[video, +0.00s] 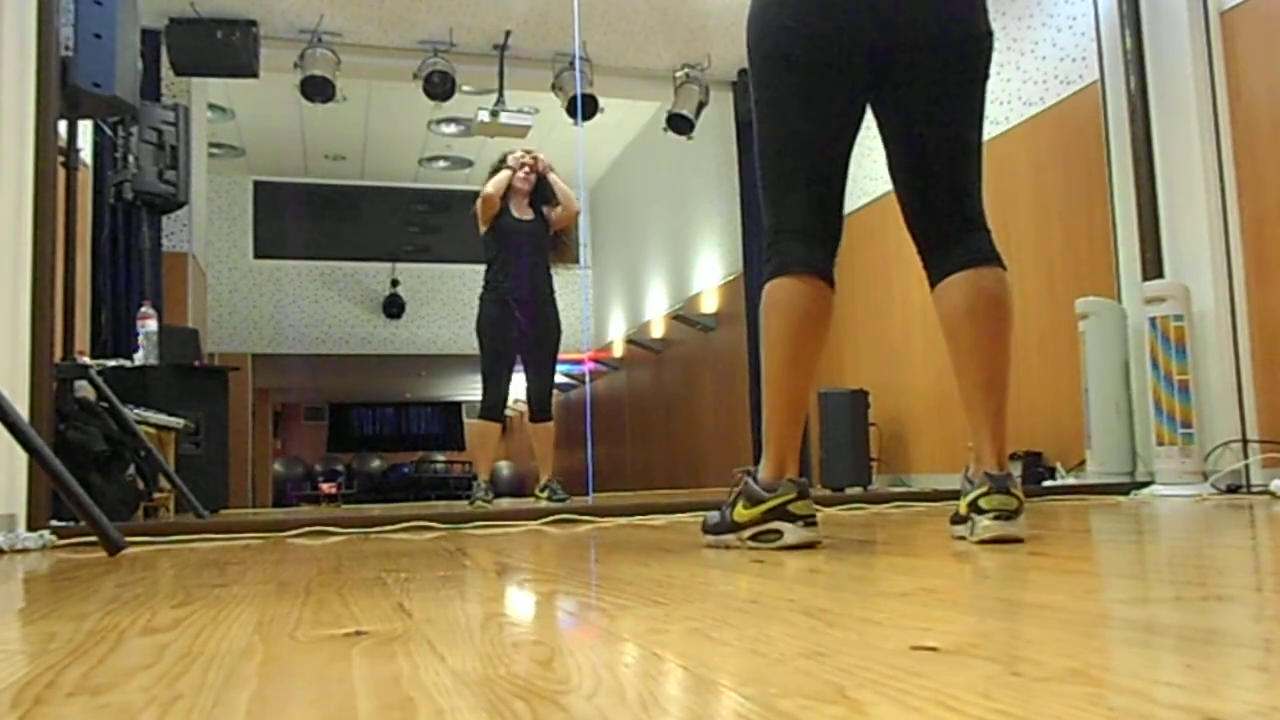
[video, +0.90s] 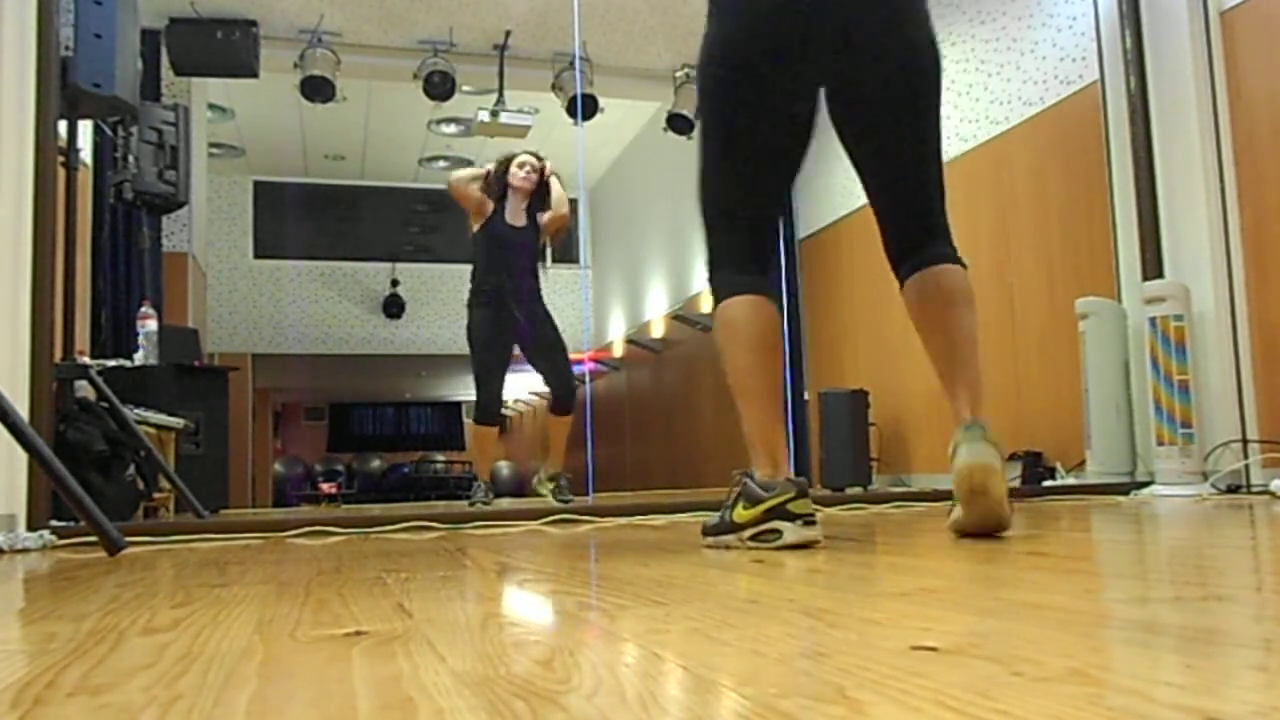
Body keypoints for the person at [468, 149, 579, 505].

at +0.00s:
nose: (526, 172)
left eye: (531, 169)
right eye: (520, 167)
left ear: (537, 179)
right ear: (507, 175)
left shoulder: (544, 216)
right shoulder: (491, 212)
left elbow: (572, 209)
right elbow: (490, 193)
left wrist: (549, 173)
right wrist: (509, 169)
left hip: (542, 308)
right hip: (500, 308)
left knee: (541, 398)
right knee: (494, 397)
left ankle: (546, 480)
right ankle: (482, 481)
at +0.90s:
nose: (527, 173)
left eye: (533, 171)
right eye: (521, 166)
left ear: (537, 185)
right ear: (504, 175)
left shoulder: (539, 222)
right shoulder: (484, 209)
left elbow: (561, 211)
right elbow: (455, 183)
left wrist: (551, 176)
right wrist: (484, 172)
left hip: (530, 310)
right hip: (488, 310)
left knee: (565, 388)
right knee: (488, 398)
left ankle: (551, 474)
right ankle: (483, 482)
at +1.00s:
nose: (528, 177)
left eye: (534, 174)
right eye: (522, 171)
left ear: (539, 188)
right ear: (507, 181)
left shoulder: (542, 223)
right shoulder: (486, 217)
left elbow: (564, 243)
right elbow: (442, 227)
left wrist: (557, 198)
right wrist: (476, 196)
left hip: (526, 318)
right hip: (482, 316)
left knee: (573, 385)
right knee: (478, 398)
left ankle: (568, 470)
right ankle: (481, 483)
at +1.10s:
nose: (530, 182)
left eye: (537, 179)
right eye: (523, 177)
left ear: (544, 191)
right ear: (510, 186)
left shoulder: (551, 227)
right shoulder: (493, 221)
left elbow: (572, 277)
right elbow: (451, 270)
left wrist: (555, 228)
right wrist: (476, 244)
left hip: (528, 321)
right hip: (484, 318)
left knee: (564, 398)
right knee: (470, 397)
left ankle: (593, 473)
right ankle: (480, 483)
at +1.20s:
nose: (534, 188)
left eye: (541, 184)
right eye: (528, 183)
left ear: (549, 196)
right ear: (514, 193)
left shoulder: (561, 238)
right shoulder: (497, 235)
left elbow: (579, 296)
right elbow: (479, 281)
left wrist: (564, 276)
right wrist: (478, 293)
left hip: (538, 329)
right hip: (494, 326)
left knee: (561, 412)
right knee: (467, 400)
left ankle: (593, 478)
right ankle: (480, 483)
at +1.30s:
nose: (540, 195)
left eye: (547, 190)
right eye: (534, 189)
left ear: (555, 201)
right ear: (521, 199)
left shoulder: (569, 243)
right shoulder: (507, 243)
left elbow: (594, 299)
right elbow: (496, 294)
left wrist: (578, 322)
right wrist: (487, 321)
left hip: (552, 338)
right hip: (509, 337)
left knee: (570, 418)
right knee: (467, 402)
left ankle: (599, 479)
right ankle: (481, 483)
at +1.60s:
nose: (564, 188)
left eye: (570, 183)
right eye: (557, 183)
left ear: (579, 192)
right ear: (544, 192)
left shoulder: (594, 231)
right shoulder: (532, 238)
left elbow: (627, 282)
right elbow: (524, 289)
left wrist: (627, 322)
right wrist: (528, 322)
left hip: (602, 329)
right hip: (559, 332)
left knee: (604, 405)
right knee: (507, 392)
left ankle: (604, 481)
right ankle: (491, 480)